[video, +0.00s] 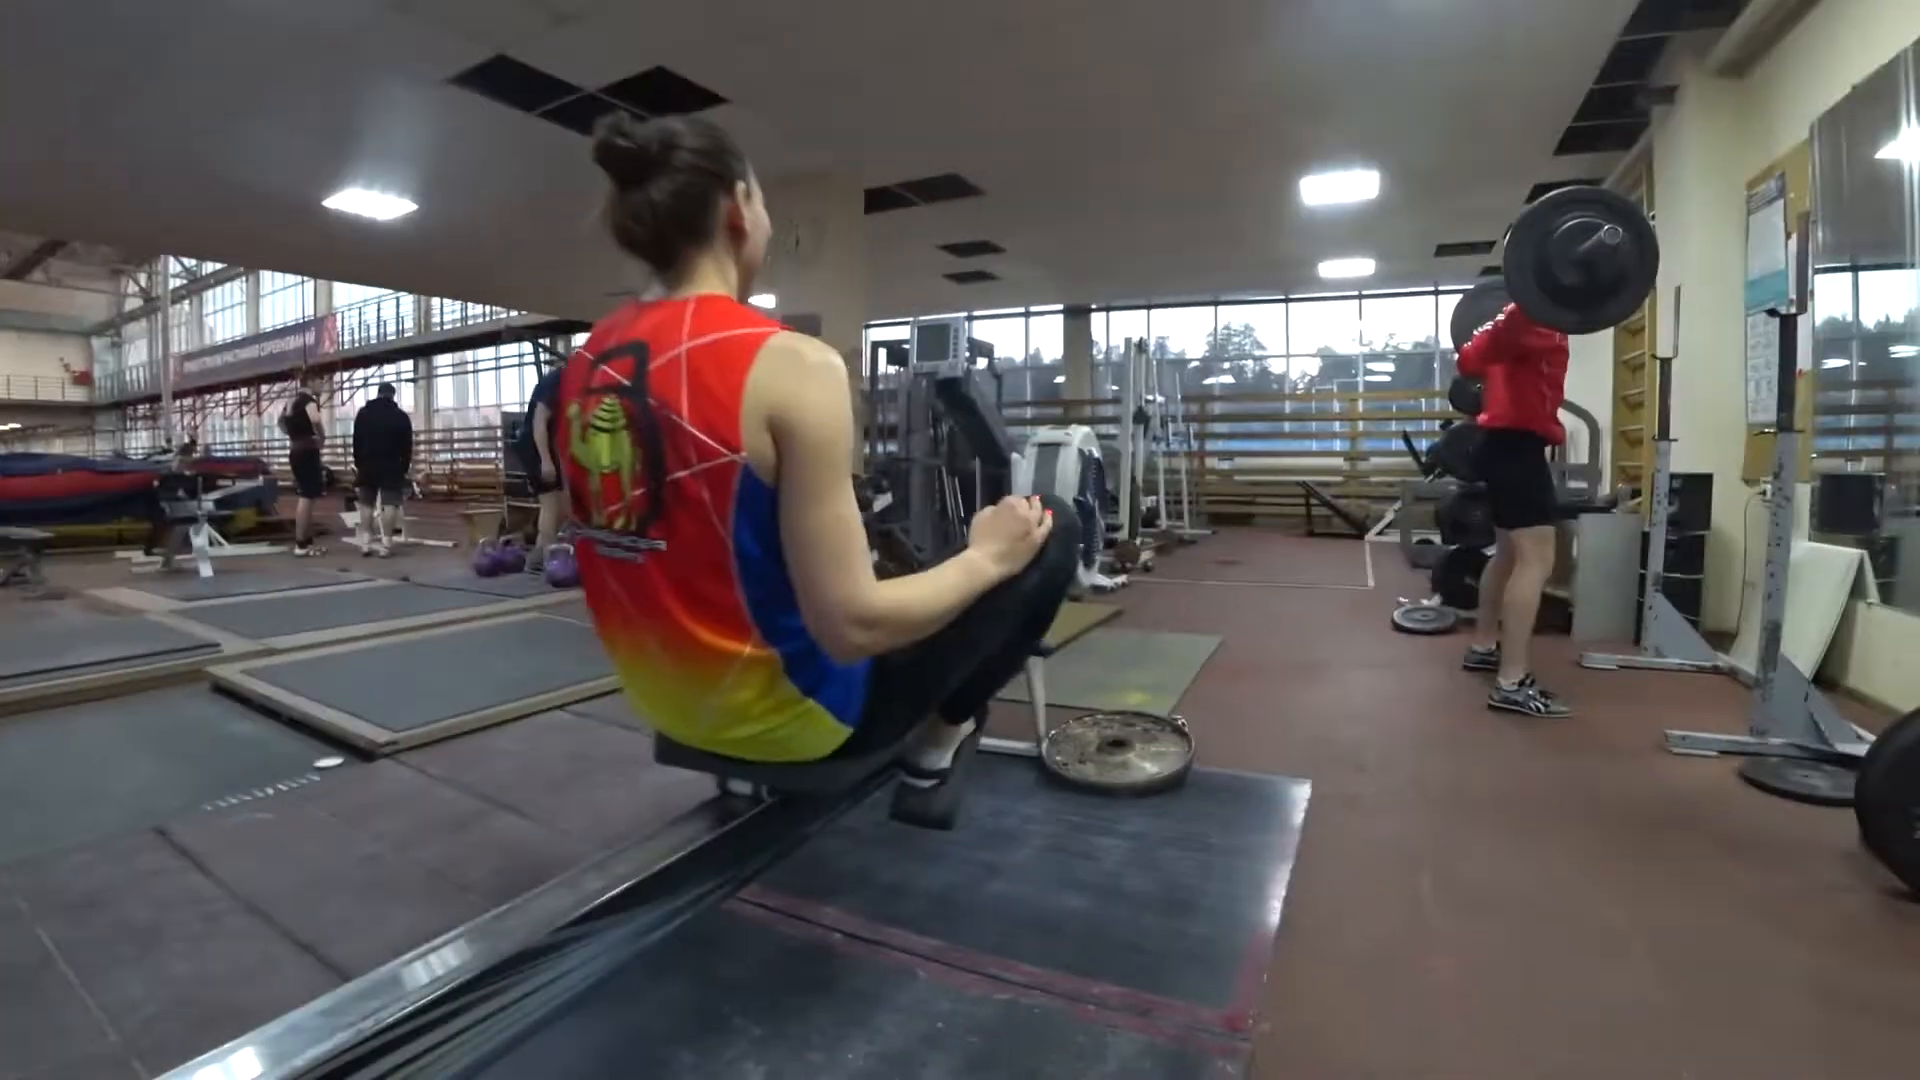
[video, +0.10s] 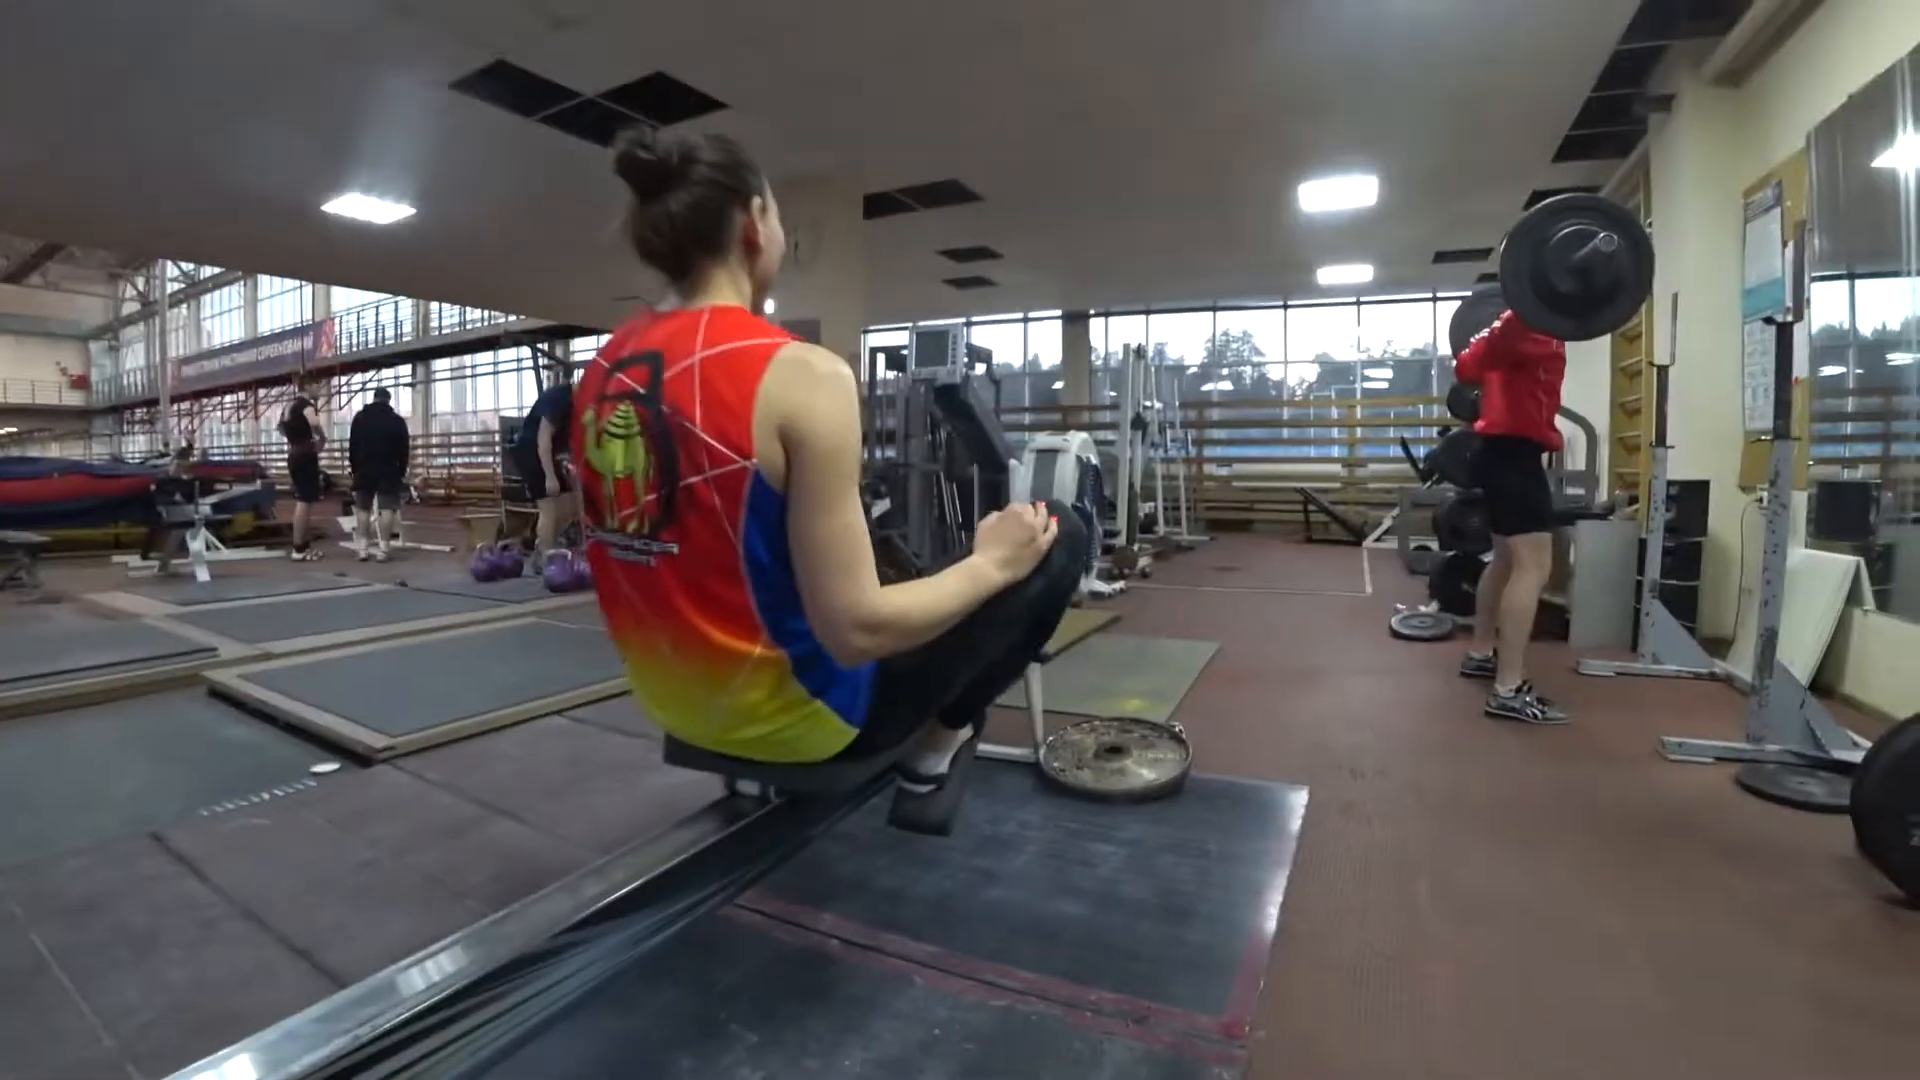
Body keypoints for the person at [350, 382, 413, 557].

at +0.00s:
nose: (389, 397)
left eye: (385, 393)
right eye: (390, 394)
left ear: (378, 394)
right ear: (393, 395)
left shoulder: (364, 413)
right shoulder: (401, 416)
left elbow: (357, 441)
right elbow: (407, 445)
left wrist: (359, 464)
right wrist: (404, 467)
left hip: (367, 466)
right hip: (392, 467)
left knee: (366, 504)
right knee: (389, 504)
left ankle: (365, 542)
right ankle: (386, 544)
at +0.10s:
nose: (384, 402)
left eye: (379, 399)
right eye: (386, 399)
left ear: (373, 399)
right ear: (389, 400)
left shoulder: (360, 417)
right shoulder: (397, 420)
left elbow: (353, 446)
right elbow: (404, 449)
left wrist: (355, 469)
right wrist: (401, 470)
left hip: (364, 470)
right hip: (389, 470)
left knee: (362, 508)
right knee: (387, 509)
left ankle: (363, 547)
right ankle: (384, 549)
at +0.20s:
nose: (376, 408)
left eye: (372, 404)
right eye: (378, 405)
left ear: (365, 405)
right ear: (381, 406)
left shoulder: (352, 423)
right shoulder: (390, 426)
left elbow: (346, 451)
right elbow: (396, 456)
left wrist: (346, 474)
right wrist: (394, 478)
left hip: (357, 476)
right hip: (382, 477)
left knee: (355, 514)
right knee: (381, 514)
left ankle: (356, 555)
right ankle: (378, 554)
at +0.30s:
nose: (370, 413)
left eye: (366, 410)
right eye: (372, 411)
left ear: (361, 411)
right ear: (377, 412)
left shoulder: (348, 430)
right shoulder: (386, 432)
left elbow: (341, 459)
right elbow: (393, 463)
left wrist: (344, 482)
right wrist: (390, 485)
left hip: (354, 484)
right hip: (378, 483)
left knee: (354, 522)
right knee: (379, 521)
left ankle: (355, 562)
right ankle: (377, 561)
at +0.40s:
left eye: (362, 420)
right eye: (368, 420)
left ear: (357, 421)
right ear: (372, 421)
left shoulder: (344, 439)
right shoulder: (383, 440)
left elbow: (339, 467)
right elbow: (390, 471)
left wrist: (340, 491)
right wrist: (388, 493)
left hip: (352, 491)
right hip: (376, 491)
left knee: (352, 530)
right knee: (377, 528)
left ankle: (354, 571)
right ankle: (377, 569)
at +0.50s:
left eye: (354, 426)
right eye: (361, 426)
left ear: (350, 428)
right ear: (366, 428)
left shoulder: (338, 446)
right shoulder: (377, 447)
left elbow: (333, 474)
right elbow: (384, 476)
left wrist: (335, 496)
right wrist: (383, 498)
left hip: (346, 498)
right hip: (371, 498)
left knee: (348, 538)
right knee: (373, 535)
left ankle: (350, 578)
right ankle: (373, 575)